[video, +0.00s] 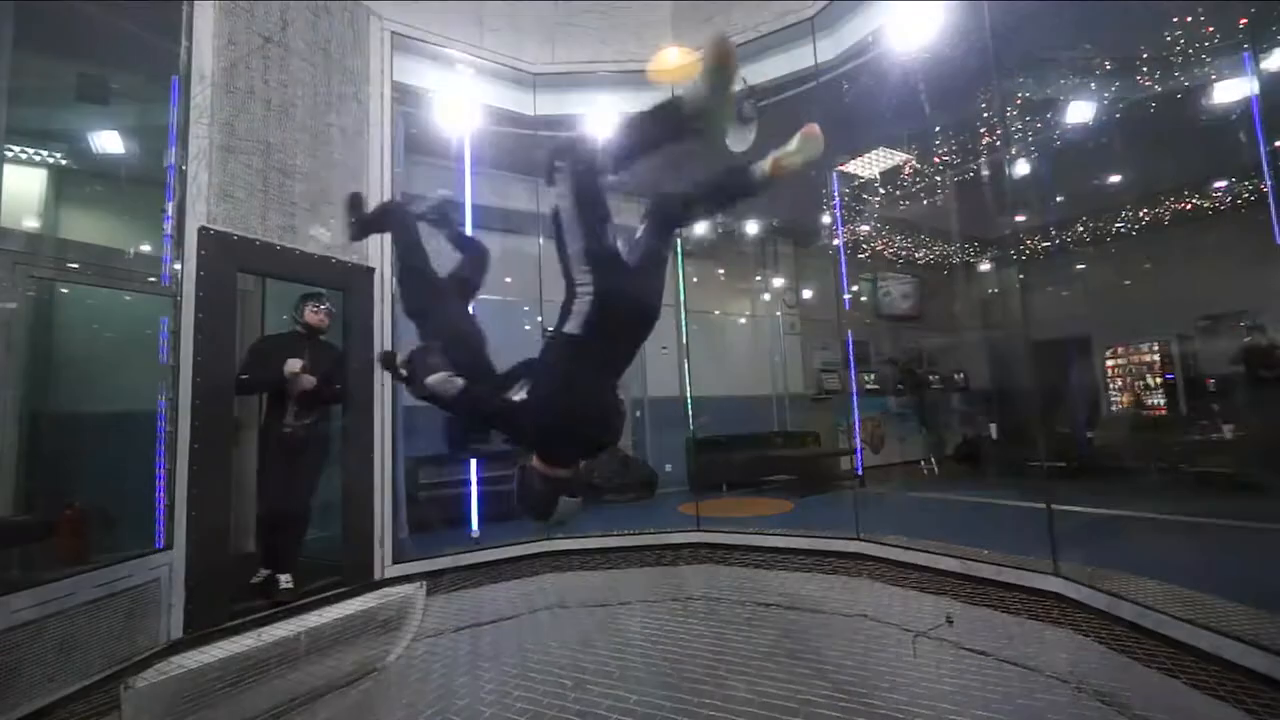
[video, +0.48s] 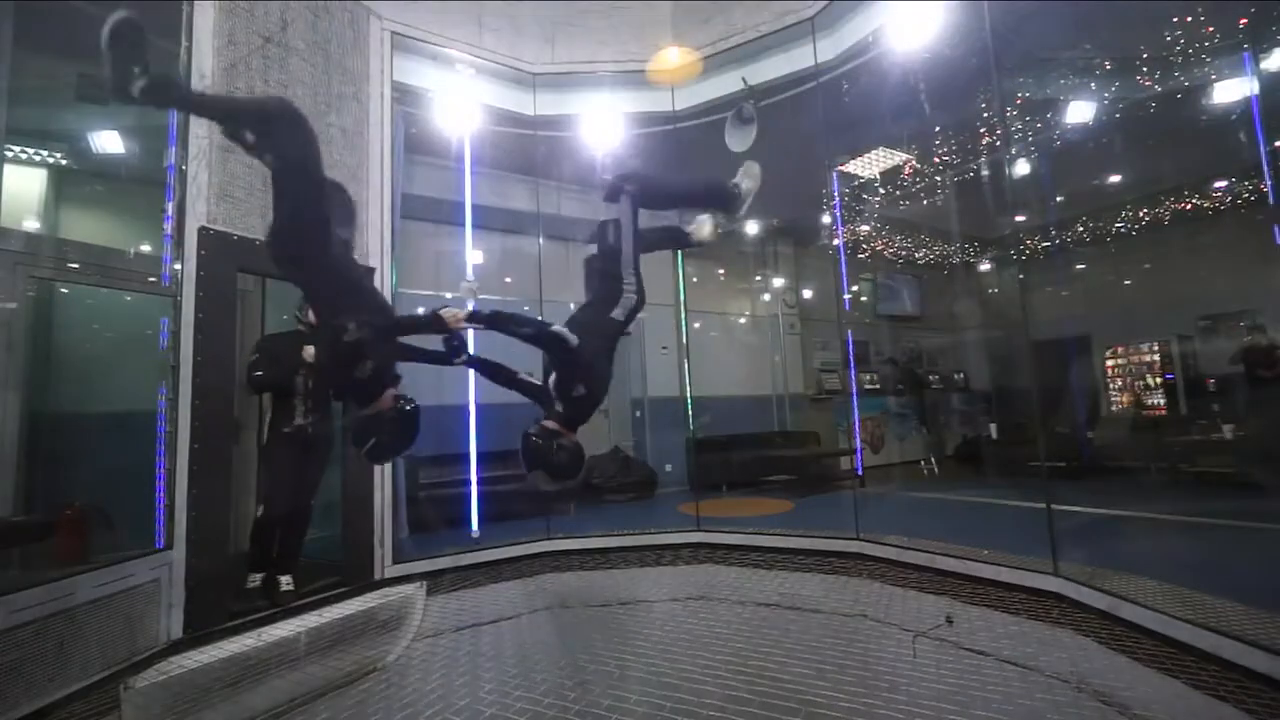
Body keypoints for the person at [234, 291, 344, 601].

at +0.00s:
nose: (322, 315)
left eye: (326, 312)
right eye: (315, 309)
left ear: (330, 319)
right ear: (299, 314)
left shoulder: (333, 354)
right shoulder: (270, 345)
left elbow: (342, 394)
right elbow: (243, 383)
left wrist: (314, 387)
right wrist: (282, 372)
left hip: (311, 438)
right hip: (274, 435)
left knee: (298, 501)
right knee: (270, 499)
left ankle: (285, 571)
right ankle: (267, 565)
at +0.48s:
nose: (319, 314)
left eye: (322, 309)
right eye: (314, 309)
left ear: (328, 313)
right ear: (302, 311)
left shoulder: (332, 346)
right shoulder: (274, 343)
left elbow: (341, 390)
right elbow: (256, 380)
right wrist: (297, 363)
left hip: (316, 439)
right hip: (281, 438)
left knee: (301, 506)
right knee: (272, 506)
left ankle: (286, 574)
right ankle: (258, 571)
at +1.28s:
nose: (338, 317)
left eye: (343, 314)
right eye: (333, 310)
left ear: (347, 321)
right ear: (317, 311)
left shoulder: (341, 348)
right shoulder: (288, 336)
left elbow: (349, 392)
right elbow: (244, 356)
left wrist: (361, 360)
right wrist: (295, 350)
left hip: (315, 436)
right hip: (281, 435)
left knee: (303, 504)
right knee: (280, 502)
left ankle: (286, 573)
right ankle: (261, 573)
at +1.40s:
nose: (336, 315)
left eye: (341, 312)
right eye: (330, 309)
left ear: (344, 320)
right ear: (314, 312)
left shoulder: (338, 352)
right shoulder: (287, 337)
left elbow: (348, 392)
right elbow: (241, 354)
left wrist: (360, 361)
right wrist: (292, 352)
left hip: (312, 439)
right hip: (278, 436)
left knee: (302, 505)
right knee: (276, 503)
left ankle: (287, 573)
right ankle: (264, 574)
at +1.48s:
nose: (335, 315)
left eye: (340, 311)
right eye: (328, 308)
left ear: (343, 318)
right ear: (311, 311)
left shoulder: (337, 352)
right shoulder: (283, 336)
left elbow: (348, 392)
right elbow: (241, 355)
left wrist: (362, 361)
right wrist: (291, 351)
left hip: (311, 439)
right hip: (275, 435)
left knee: (300, 503)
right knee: (273, 501)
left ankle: (286, 573)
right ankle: (265, 571)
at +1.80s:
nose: (319, 312)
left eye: (324, 308)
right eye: (312, 306)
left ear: (329, 314)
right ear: (296, 308)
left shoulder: (325, 351)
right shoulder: (268, 335)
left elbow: (348, 386)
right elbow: (229, 352)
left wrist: (354, 355)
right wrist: (278, 351)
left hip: (303, 436)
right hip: (265, 431)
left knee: (294, 502)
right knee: (240, 478)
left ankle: (283, 571)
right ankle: (252, 552)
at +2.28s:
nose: (310, 317)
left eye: (314, 313)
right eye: (301, 312)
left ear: (320, 322)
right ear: (284, 320)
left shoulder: (317, 355)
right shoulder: (262, 347)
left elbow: (335, 357)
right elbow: (209, 365)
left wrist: (352, 361)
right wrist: (252, 363)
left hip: (295, 446)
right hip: (256, 438)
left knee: (301, 517)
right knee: (216, 445)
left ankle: (281, 577)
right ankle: (191, 518)